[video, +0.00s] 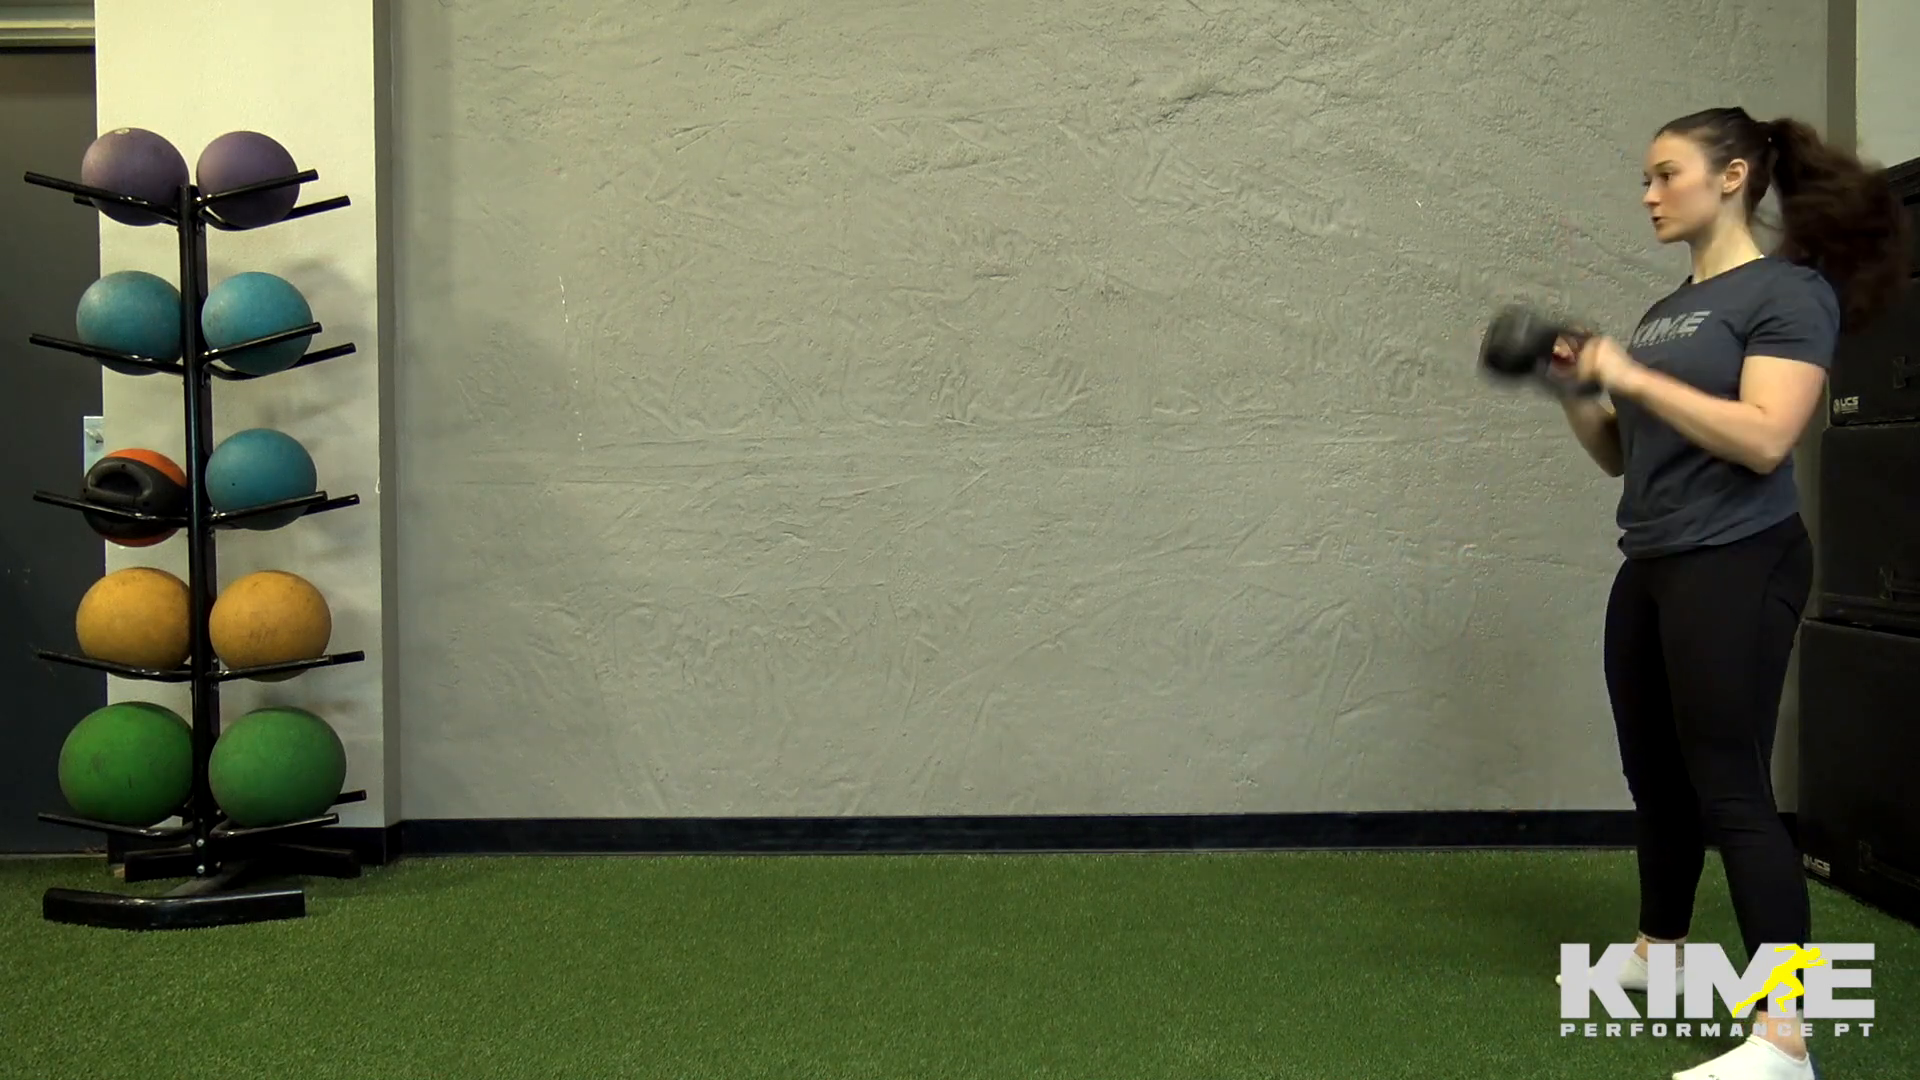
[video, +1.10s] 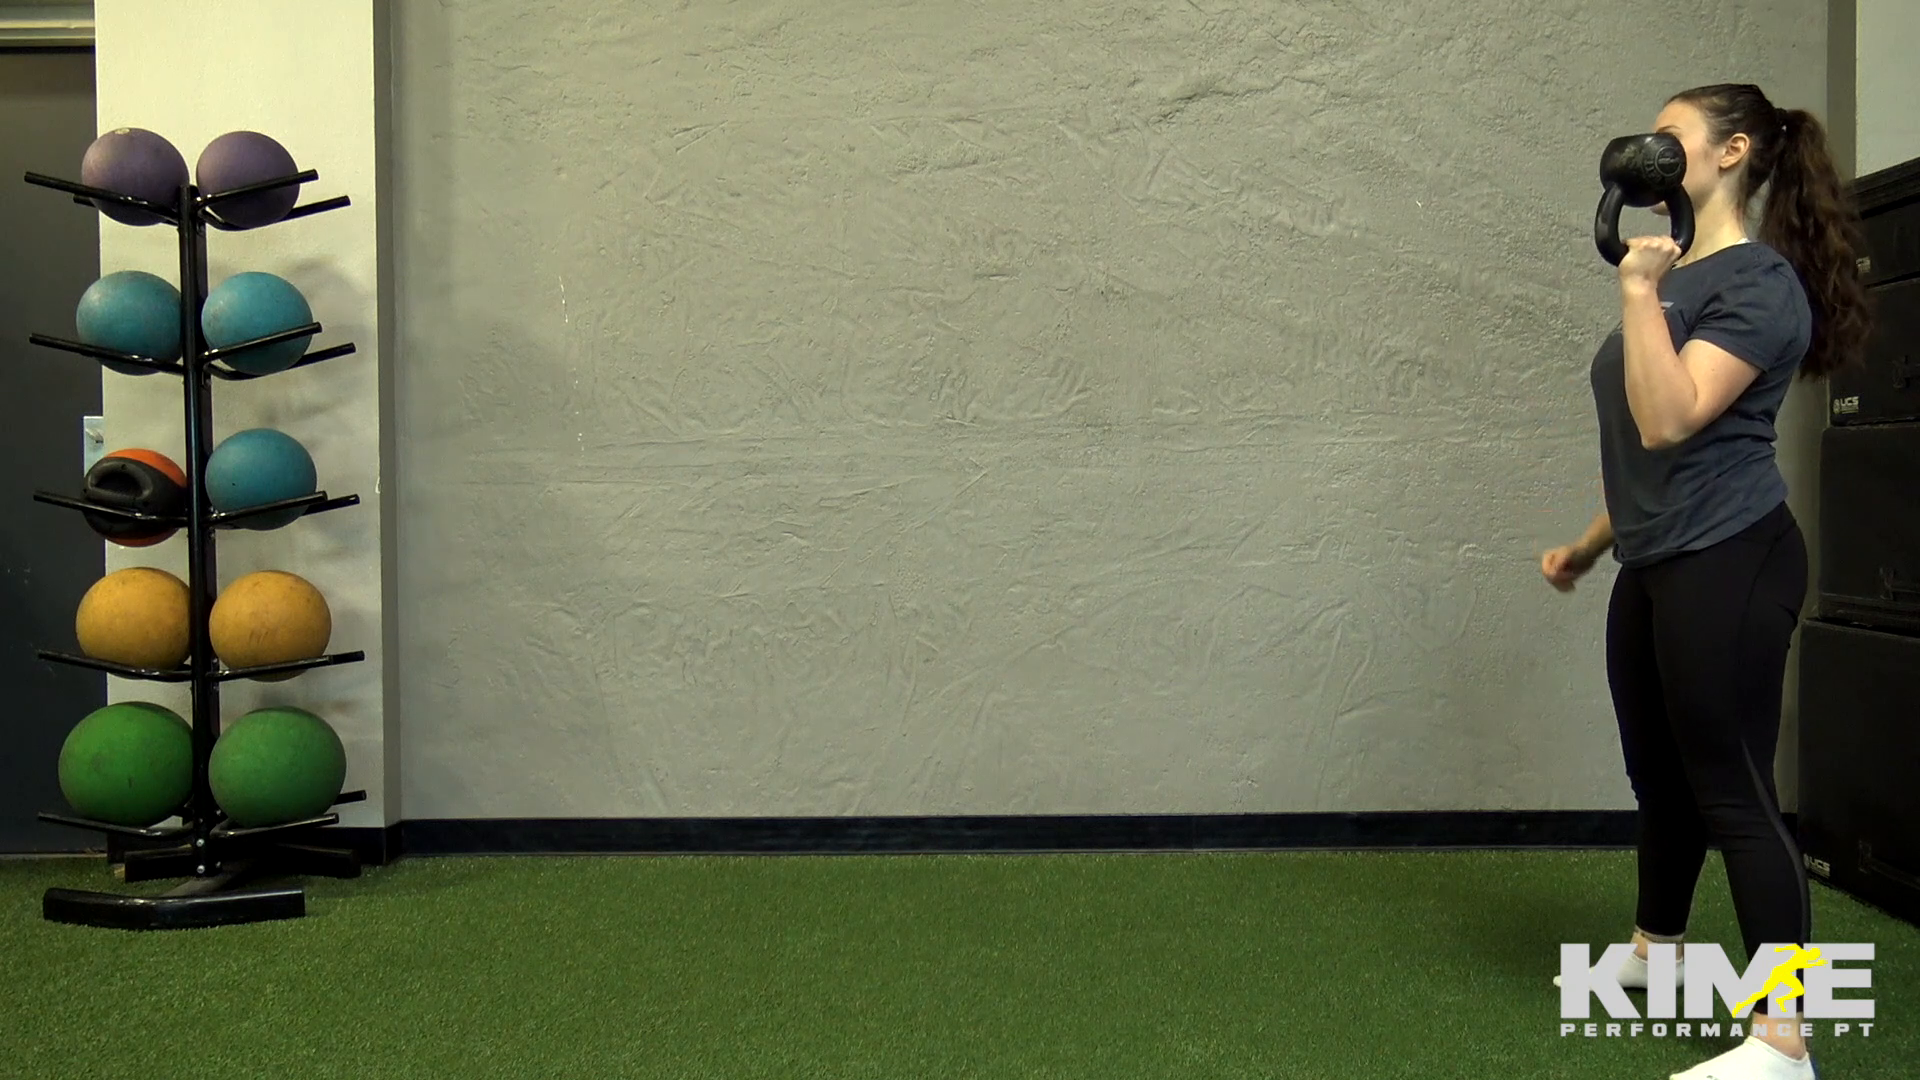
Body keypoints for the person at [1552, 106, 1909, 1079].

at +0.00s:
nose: (1649, 197)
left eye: (1666, 176)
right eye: (1648, 180)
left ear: (1734, 177)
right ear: (1709, 184)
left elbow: (1766, 437)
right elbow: (1625, 456)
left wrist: (1627, 372)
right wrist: (1579, 395)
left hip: (1739, 564)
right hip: (1650, 569)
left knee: (1733, 789)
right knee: (1658, 784)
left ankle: (1787, 1029)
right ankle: (1655, 968)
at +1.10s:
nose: (1651, 161)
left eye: (1672, 143)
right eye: (1652, 145)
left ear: (1734, 153)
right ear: (1711, 156)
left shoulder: (1762, 286)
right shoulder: (1678, 279)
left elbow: (1668, 418)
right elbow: (1651, 444)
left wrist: (1639, 292)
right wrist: (1592, 540)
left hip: (1730, 561)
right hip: (1653, 567)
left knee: (1733, 792)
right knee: (1663, 781)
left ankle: (1783, 1036)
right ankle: (1652, 964)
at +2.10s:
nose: (1614, 154)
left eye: (1632, 136)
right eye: (1616, 137)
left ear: (1700, 142)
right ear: (1684, 144)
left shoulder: (1727, 276)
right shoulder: (1638, 268)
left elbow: (1627, 415)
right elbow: (1631, 445)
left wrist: (1593, 288)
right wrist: (1591, 560)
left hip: (1700, 565)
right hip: (1618, 573)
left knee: (1707, 800)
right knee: (1615, 798)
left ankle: (1781, 1034)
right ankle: (1620, 1010)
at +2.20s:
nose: (1593, 156)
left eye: (1610, 139)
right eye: (1594, 140)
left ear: (1677, 145)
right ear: (1660, 146)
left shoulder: (1702, 279)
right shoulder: (1614, 270)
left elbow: (1604, 419)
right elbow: (1603, 442)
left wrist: (1568, 294)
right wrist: (1563, 558)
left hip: (1671, 564)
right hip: (1594, 571)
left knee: (1668, 796)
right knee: (1603, 794)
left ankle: (1774, 1022)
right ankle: (1621, 1007)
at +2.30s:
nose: (1580, 157)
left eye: (1597, 140)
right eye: (1581, 141)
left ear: (1662, 147)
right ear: (1644, 149)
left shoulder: (1685, 280)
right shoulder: (1601, 271)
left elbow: (1592, 422)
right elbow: (1585, 442)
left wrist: (1554, 297)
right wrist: (1545, 554)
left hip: (1653, 562)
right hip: (1583, 569)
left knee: (1624, 795)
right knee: (1594, 792)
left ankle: (1763, 996)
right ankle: (1620, 1006)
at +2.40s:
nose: (1559, 155)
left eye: (1578, 139)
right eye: (1562, 140)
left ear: (1642, 149)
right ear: (1621, 152)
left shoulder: (1668, 282)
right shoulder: (1587, 274)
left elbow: (1571, 431)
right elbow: (1576, 444)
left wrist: (1534, 301)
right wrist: (1531, 553)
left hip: (1634, 562)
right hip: (1571, 565)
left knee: (1555, 791)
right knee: (1588, 793)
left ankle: (1700, 991)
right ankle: (1619, 1002)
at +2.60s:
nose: (1531, 155)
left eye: (1550, 140)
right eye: (1534, 141)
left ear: (1614, 152)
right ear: (1592, 155)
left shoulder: (1638, 284)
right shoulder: (1563, 280)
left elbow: (1544, 432)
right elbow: (1563, 444)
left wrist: (1507, 306)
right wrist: (1522, 559)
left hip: (1609, 560)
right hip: (1566, 564)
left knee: (1498, 778)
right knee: (1586, 795)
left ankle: (1542, 1009)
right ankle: (1616, 1005)